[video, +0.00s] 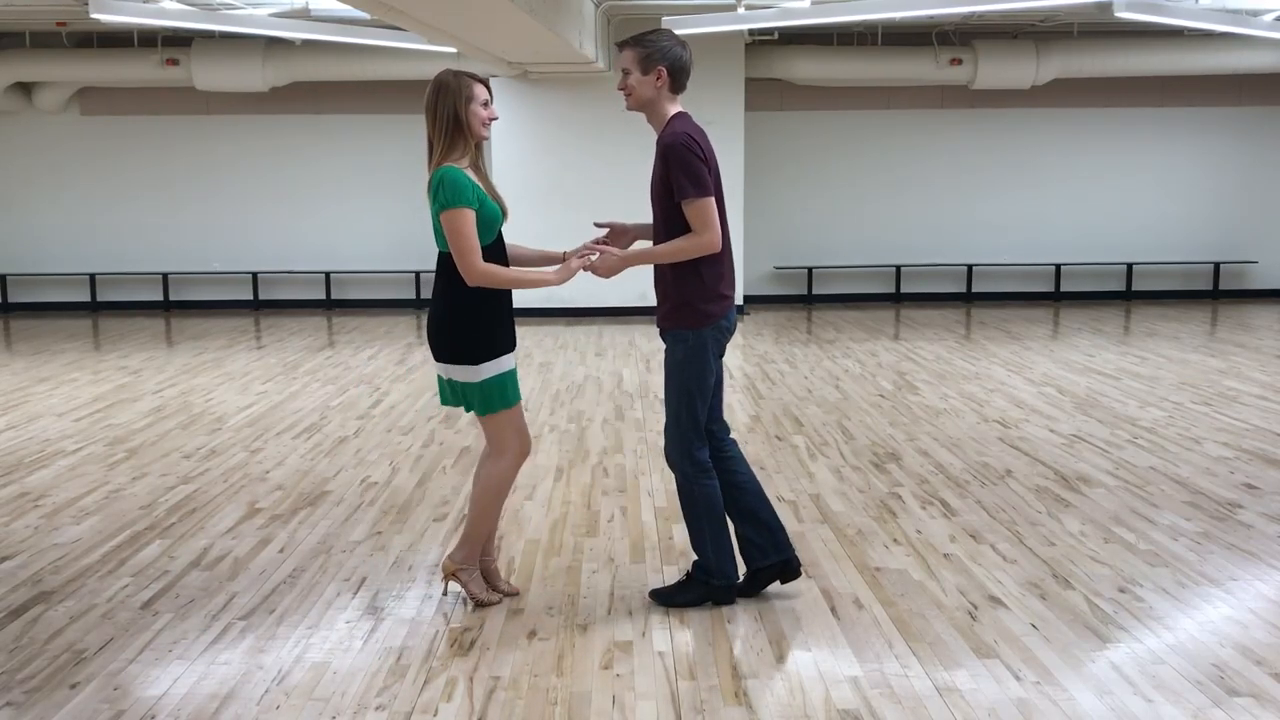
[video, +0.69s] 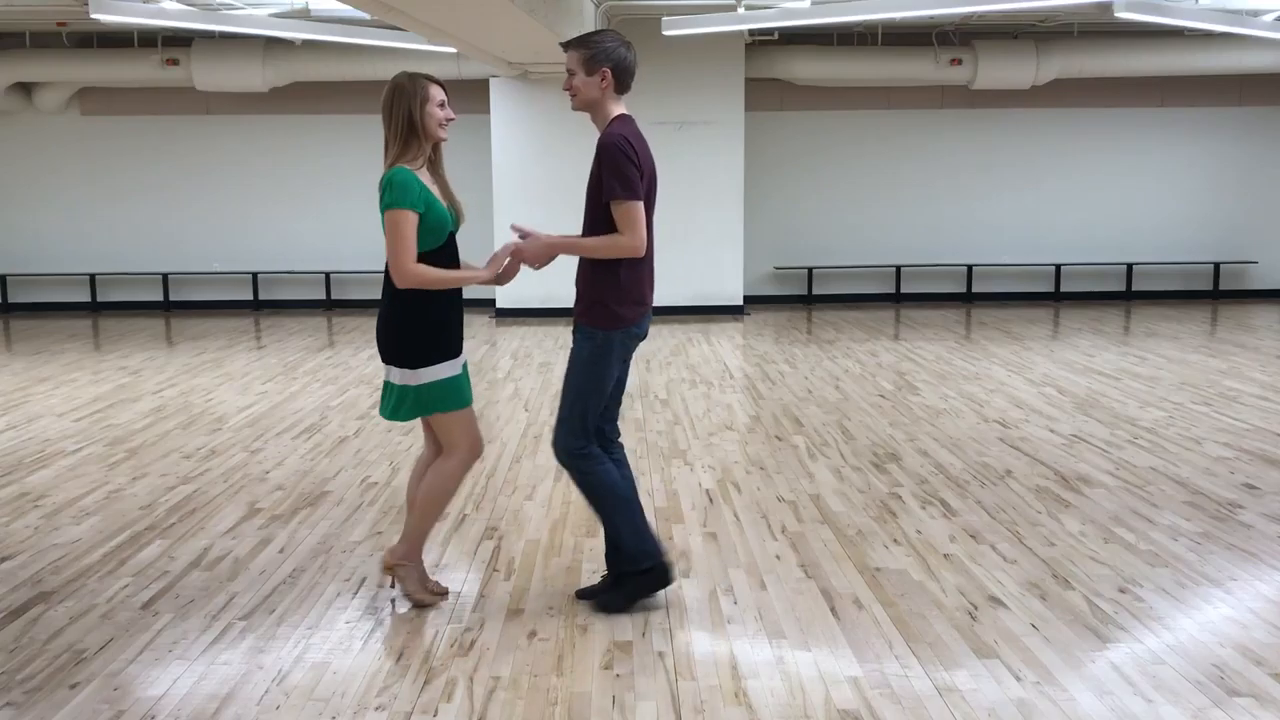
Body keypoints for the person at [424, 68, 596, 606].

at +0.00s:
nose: (491, 112)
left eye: (490, 104)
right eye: (482, 104)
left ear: (473, 112)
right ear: (456, 112)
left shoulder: (469, 175)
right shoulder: (452, 180)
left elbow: (499, 253)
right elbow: (473, 272)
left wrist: (565, 255)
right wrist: (546, 278)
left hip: (482, 326)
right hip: (470, 331)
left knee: (505, 443)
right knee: (512, 445)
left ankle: (484, 553)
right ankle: (465, 557)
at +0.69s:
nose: (450, 113)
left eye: (447, 104)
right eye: (439, 105)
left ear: (428, 113)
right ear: (412, 114)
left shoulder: (426, 176)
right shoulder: (403, 180)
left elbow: (435, 263)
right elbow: (405, 273)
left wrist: (486, 271)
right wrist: (478, 275)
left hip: (430, 332)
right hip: (421, 338)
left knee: (437, 446)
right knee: (465, 445)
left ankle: (411, 560)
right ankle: (405, 550)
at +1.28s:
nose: (432, 112)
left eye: (430, 103)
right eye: (422, 103)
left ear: (410, 113)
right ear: (396, 112)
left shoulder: (405, 175)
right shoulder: (393, 181)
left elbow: (407, 263)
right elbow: (395, 272)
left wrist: (466, 264)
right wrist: (471, 267)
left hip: (410, 331)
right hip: (395, 333)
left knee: (419, 444)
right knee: (411, 447)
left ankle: (375, 557)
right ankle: (348, 560)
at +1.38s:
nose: (436, 111)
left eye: (433, 102)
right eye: (426, 103)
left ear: (412, 111)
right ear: (400, 113)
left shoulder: (408, 175)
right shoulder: (395, 178)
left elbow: (429, 261)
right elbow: (417, 268)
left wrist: (487, 245)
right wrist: (489, 255)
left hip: (395, 335)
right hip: (404, 339)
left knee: (409, 446)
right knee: (443, 446)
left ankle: (372, 557)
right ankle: (376, 555)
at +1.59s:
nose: (448, 110)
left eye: (445, 101)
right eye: (438, 102)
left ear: (415, 113)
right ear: (414, 111)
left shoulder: (414, 173)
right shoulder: (412, 176)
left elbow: (450, 238)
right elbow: (460, 257)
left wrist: (502, 211)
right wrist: (533, 231)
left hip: (404, 328)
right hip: (423, 331)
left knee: (421, 443)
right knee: (466, 440)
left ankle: (375, 554)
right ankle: (460, 560)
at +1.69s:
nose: (460, 111)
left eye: (458, 102)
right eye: (451, 103)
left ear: (429, 113)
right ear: (427, 112)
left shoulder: (432, 173)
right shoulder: (425, 177)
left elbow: (474, 231)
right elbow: (483, 249)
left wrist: (519, 198)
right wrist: (561, 219)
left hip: (427, 328)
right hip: (440, 332)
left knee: (428, 443)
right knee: (484, 439)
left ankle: (379, 553)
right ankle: (467, 560)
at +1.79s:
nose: (473, 111)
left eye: (471, 102)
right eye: (464, 103)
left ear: (441, 113)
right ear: (440, 111)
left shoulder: (445, 173)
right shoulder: (439, 176)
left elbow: (498, 233)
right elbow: (504, 238)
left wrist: (537, 197)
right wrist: (574, 206)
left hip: (450, 329)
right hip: (461, 333)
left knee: (454, 444)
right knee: (493, 440)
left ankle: (394, 546)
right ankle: (468, 560)